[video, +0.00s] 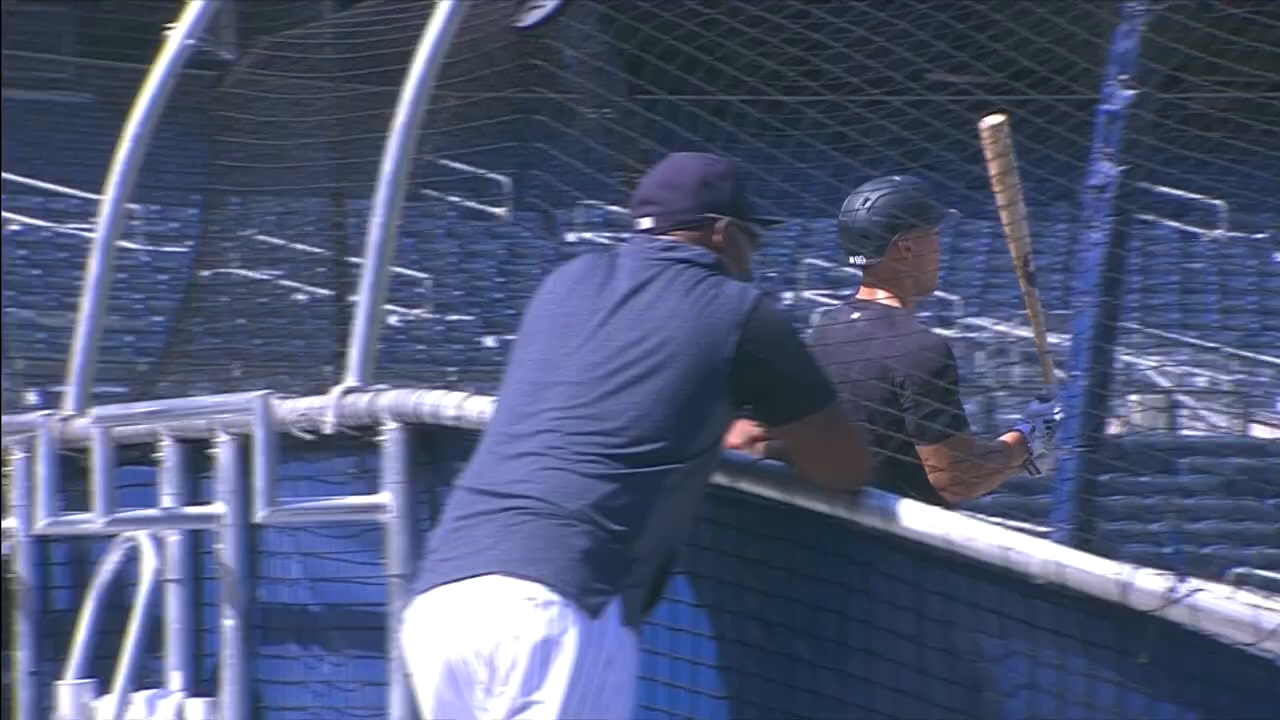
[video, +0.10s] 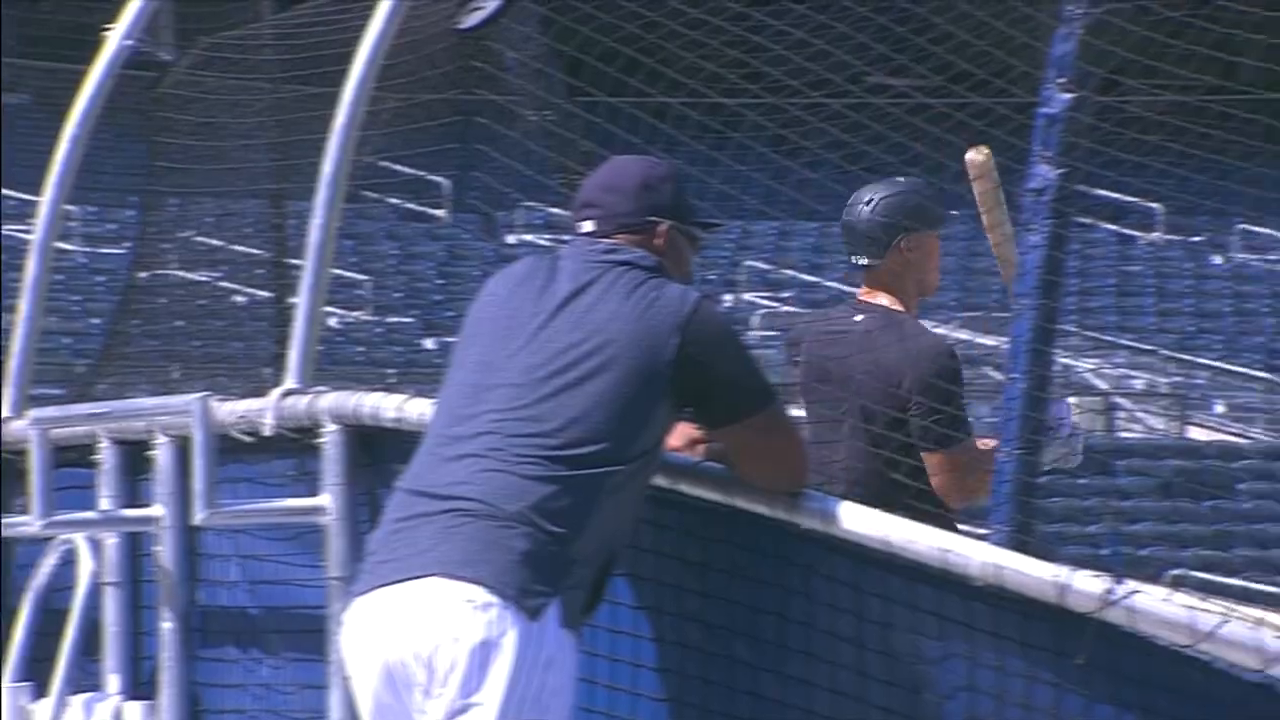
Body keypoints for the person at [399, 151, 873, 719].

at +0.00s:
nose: (754, 260)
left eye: (756, 241)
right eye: (752, 240)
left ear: (643, 226)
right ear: (720, 234)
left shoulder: (561, 281)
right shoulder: (738, 307)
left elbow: (586, 407)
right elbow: (845, 465)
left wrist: (715, 431)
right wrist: (768, 433)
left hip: (437, 600)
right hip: (550, 602)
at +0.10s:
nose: (695, 264)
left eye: (696, 245)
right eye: (692, 243)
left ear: (584, 230)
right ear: (661, 237)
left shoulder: (501, 285)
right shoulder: (677, 309)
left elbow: (524, 410)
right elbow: (783, 468)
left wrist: (654, 435)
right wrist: (707, 435)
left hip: (373, 607)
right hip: (488, 608)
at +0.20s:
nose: (636, 265)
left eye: (636, 247)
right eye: (632, 245)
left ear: (525, 231)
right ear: (601, 239)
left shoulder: (444, 287)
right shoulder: (619, 314)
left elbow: (467, 415)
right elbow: (724, 471)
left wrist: (595, 440)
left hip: (313, 608)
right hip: (427, 610)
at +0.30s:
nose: (576, 268)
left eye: (577, 250)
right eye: (573, 248)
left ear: (466, 233)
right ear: (541, 241)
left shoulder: (387, 287)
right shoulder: (561, 316)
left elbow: (412, 415)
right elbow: (665, 474)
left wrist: (536, 442)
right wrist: (596, 439)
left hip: (251, 612)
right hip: (366, 613)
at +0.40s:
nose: (508, 271)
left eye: (509, 253)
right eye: (505, 251)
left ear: (396, 234)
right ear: (474, 244)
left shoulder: (317, 291)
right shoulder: (493, 321)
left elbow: (342, 423)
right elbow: (596, 479)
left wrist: (467, 445)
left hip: (179, 616)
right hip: (296, 618)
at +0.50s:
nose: (434, 273)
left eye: (435, 256)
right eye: (431, 254)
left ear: (321, 236)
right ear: (402, 246)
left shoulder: (240, 295)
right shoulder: (419, 324)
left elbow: (267, 424)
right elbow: (521, 481)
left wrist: (391, 447)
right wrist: (453, 440)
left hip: (102, 620)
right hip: (221, 621)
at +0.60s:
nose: (361, 276)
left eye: (361, 258)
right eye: (357, 256)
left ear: (247, 240)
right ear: (326, 250)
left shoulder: (168, 295)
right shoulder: (344, 325)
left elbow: (188, 427)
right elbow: (446, 484)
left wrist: (317, 448)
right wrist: (386, 443)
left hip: (26, 619)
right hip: (147, 625)